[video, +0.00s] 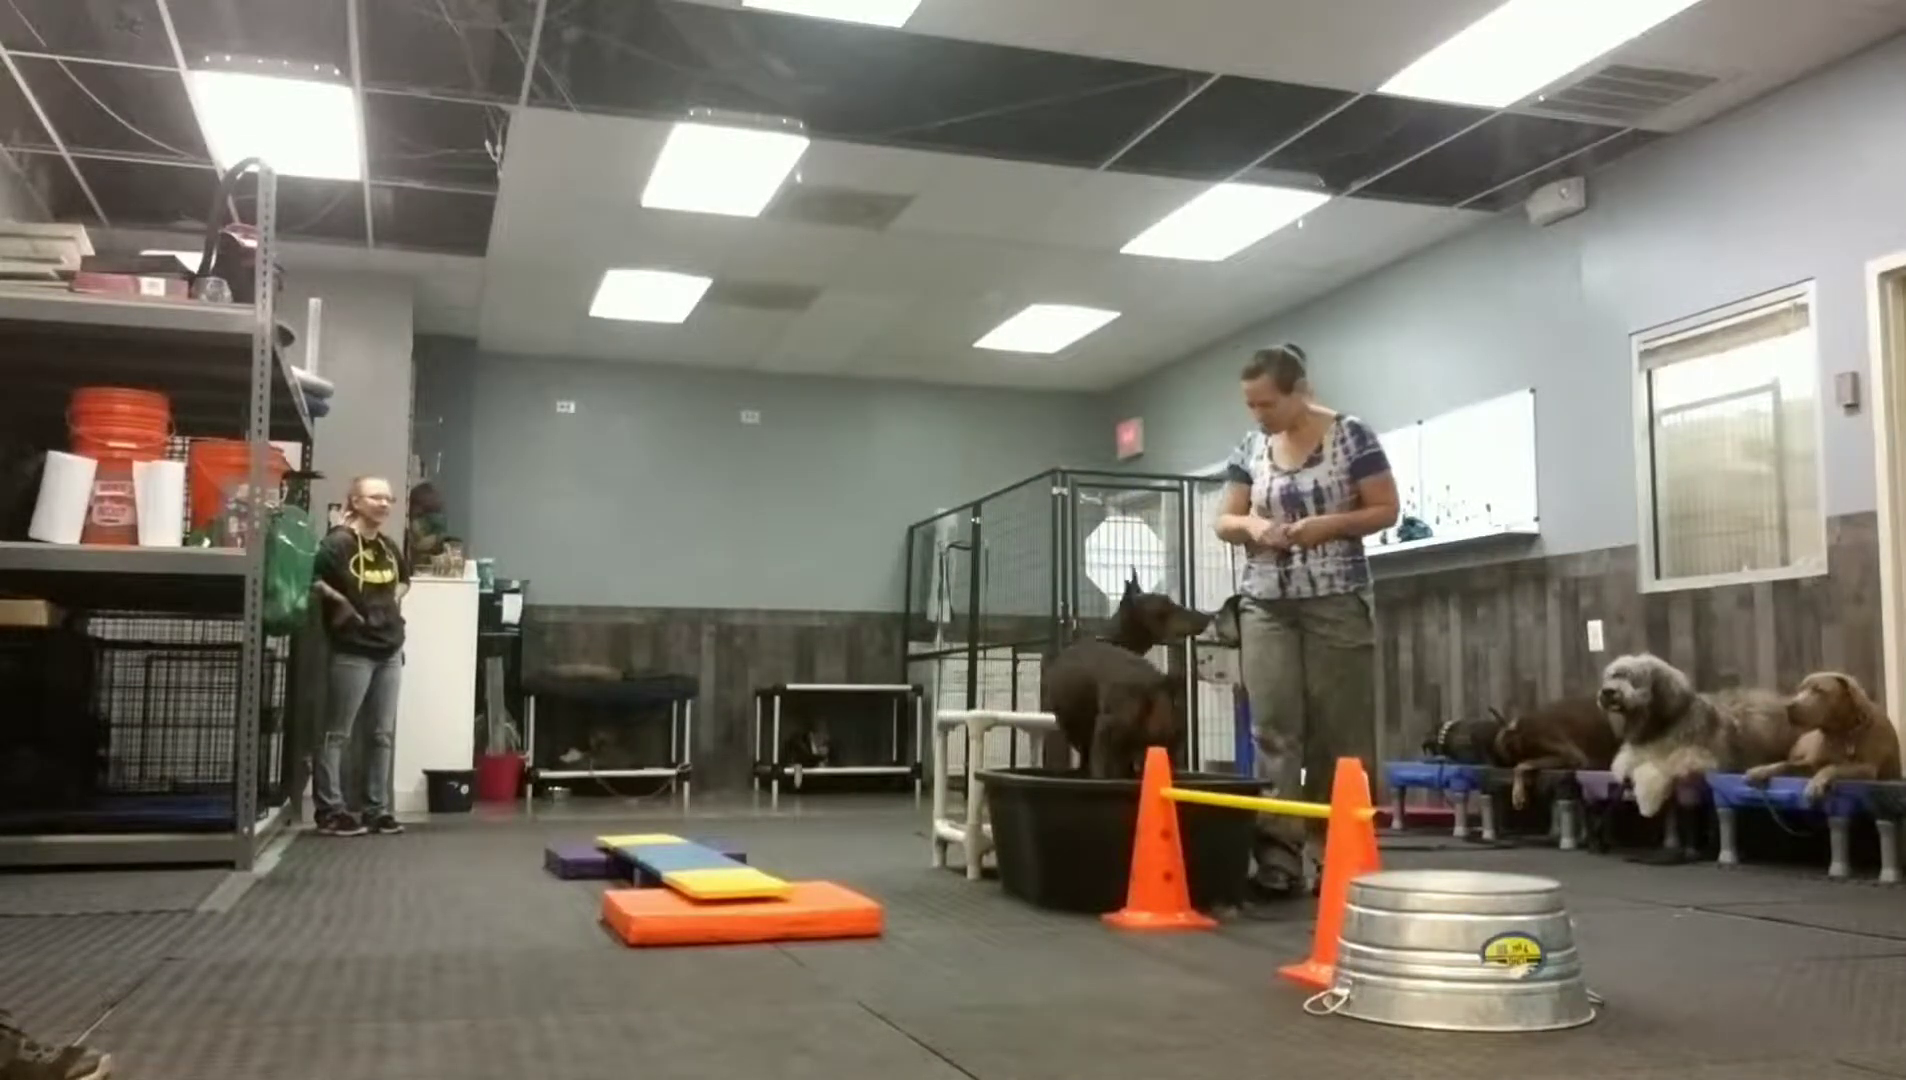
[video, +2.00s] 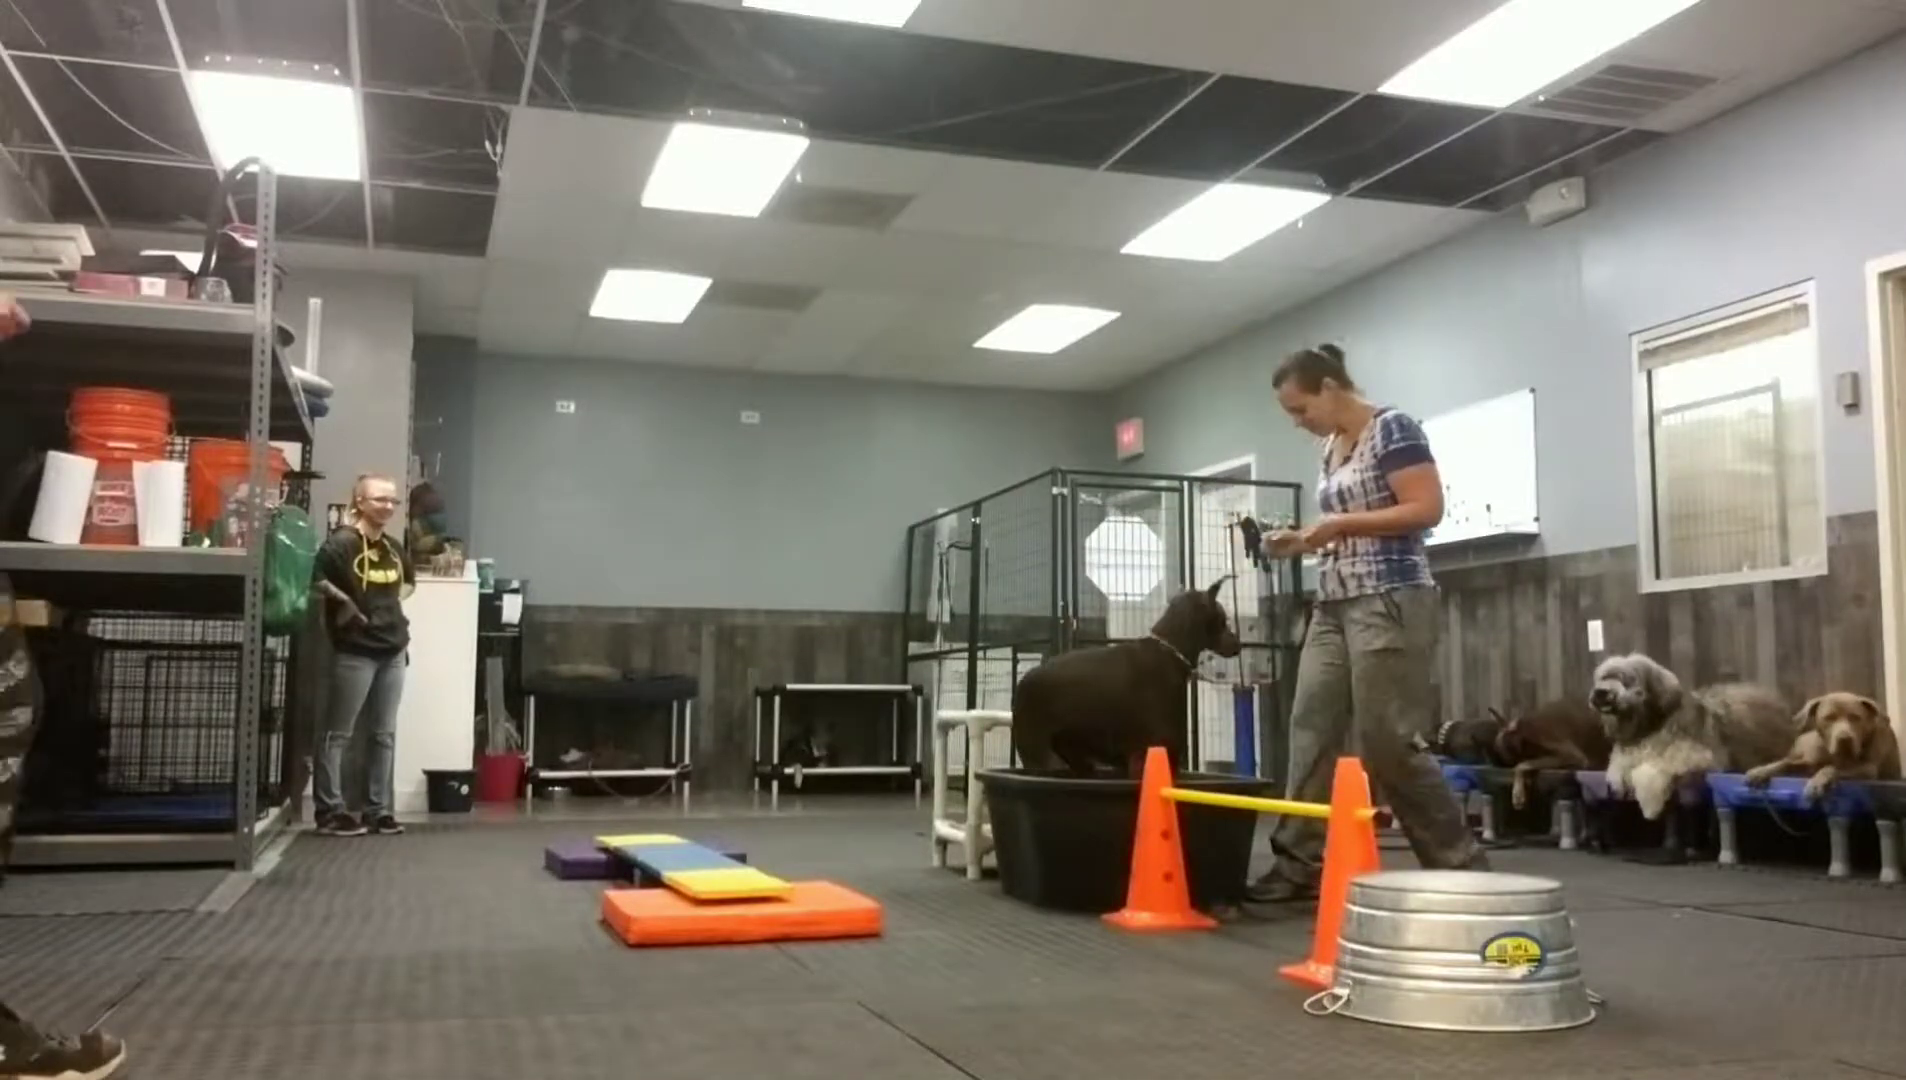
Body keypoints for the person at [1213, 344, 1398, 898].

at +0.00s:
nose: (1257, 417)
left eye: (1264, 405)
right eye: (1251, 407)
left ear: (1298, 393)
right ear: (1254, 401)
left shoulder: (1349, 436)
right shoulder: (1254, 450)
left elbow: (1386, 510)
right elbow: (1224, 524)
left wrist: (1328, 526)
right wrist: (1254, 527)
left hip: (1335, 605)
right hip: (1266, 608)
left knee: (1340, 735)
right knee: (1275, 732)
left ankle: (1334, 858)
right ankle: (1280, 856)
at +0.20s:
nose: (1230, 415)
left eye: (1237, 402)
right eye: (1224, 404)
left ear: (1270, 388)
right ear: (1228, 397)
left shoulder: (1329, 429)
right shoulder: (1229, 447)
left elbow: (1366, 503)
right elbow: (1197, 517)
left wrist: (1315, 515)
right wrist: (1222, 530)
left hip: (1322, 603)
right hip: (1253, 609)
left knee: (1308, 728)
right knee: (1264, 741)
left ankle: (1345, 854)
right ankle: (1281, 867)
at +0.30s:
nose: (1223, 413)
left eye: (1229, 399)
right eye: (1216, 402)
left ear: (1263, 384)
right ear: (1220, 395)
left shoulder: (1327, 424)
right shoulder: (1225, 446)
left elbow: (1368, 499)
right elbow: (1176, 510)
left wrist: (1309, 514)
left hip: (1321, 600)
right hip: (1253, 607)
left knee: (1311, 734)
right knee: (1264, 738)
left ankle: (1313, 870)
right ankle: (1276, 865)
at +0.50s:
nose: (1215, 407)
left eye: (1218, 394)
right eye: (1209, 398)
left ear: (1251, 374)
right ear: (1240, 382)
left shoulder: (1316, 414)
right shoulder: (1243, 441)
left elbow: (1357, 497)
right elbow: (1250, 516)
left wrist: (1277, 514)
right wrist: (1199, 525)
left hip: (1318, 595)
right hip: (1259, 601)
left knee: (1316, 732)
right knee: (1272, 734)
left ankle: (1325, 866)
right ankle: (1292, 858)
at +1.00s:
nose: (1209, 414)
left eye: (1209, 402)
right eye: (1203, 406)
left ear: (1238, 381)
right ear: (1233, 387)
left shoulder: (1310, 415)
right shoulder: (1245, 449)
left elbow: (1354, 494)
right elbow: (1215, 511)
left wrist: (1274, 519)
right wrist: (1162, 557)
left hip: (1324, 594)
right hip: (1272, 601)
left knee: (1323, 730)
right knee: (1281, 731)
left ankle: (1325, 869)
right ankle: (1293, 862)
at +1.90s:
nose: (1254, 419)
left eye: (1257, 406)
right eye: (1248, 411)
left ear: (1288, 385)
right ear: (1273, 394)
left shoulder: (1351, 421)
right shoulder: (1279, 452)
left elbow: (1395, 498)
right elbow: (1294, 527)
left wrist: (1316, 516)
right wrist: (1245, 548)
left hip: (1357, 595)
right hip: (1296, 603)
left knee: (1330, 717)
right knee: (1287, 728)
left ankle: (1396, 839)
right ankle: (1296, 864)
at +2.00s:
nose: (1300, 423)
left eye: (1300, 409)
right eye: (1293, 414)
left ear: (1330, 388)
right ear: (1321, 398)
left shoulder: (1392, 427)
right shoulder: (1332, 456)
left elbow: (1427, 509)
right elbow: (1349, 531)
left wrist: (1341, 523)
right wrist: (1300, 542)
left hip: (1388, 602)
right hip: (1336, 607)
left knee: (1387, 740)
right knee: (1311, 729)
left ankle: (1462, 867)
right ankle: (1298, 867)